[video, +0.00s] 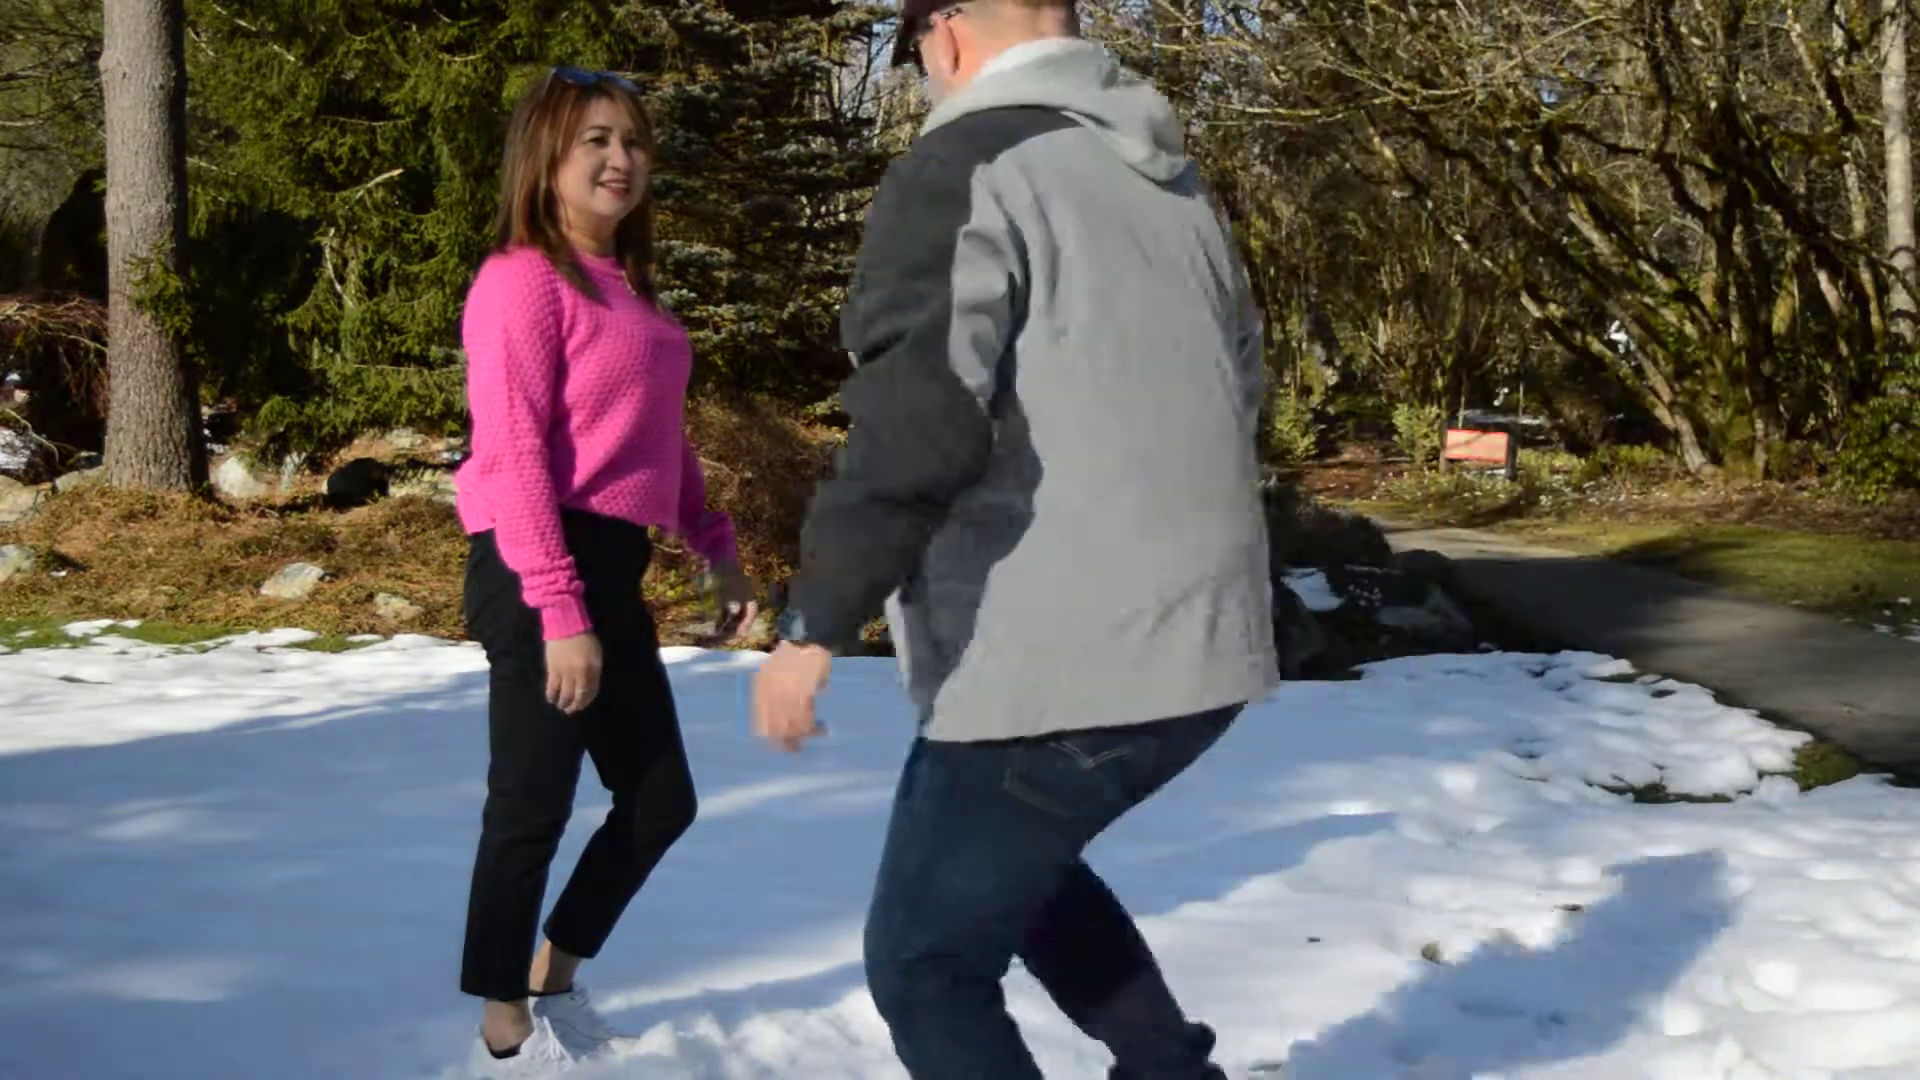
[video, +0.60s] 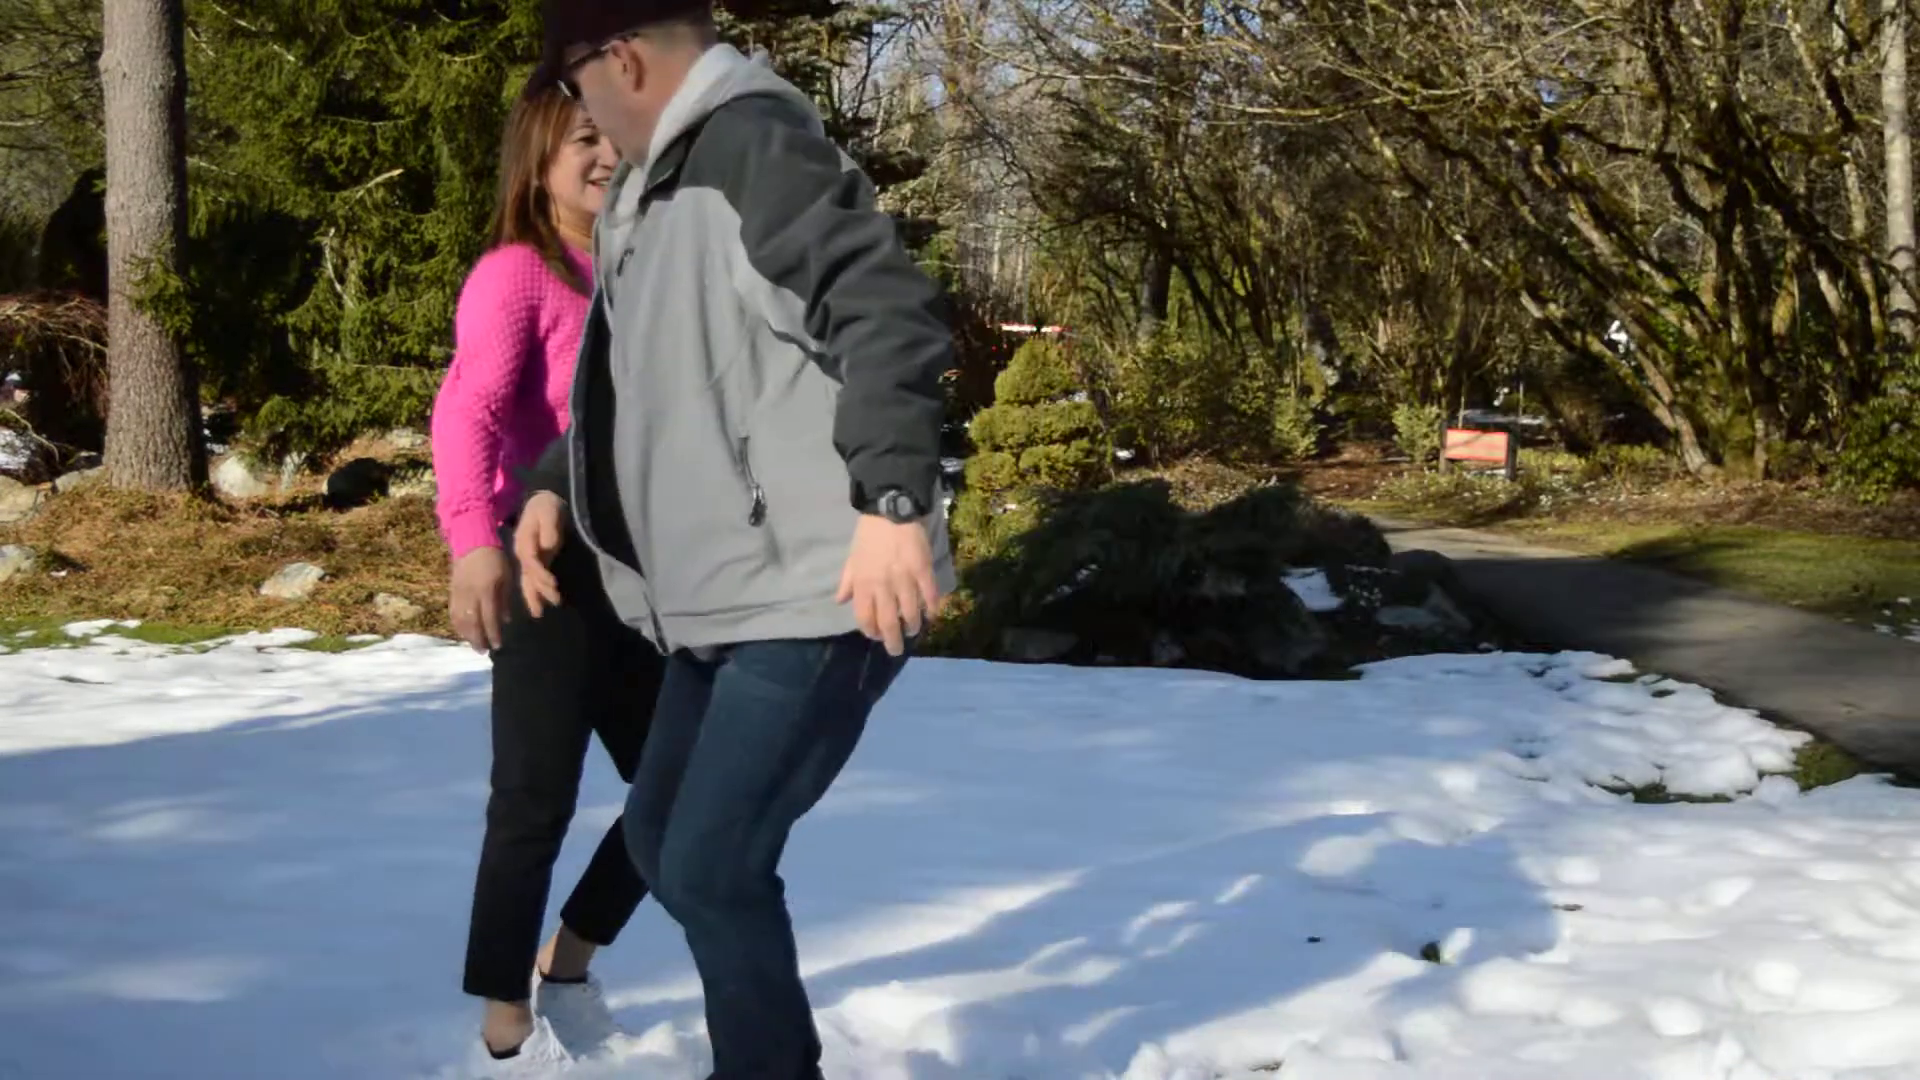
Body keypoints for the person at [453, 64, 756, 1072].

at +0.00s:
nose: (621, 159)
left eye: (633, 142)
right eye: (596, 142)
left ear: (645, 165)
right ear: (545, 163)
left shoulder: (623, 288)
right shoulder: (517, 281)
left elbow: (661, 445)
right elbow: (513, 458)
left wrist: (720, 558)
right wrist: (560, 614)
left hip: (608, 566)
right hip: (533, 561)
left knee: (660, 799)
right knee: (530, 805)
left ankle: (549, 978)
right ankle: (502, 1031)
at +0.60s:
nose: (605, 155)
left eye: (613, 139)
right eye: (583, 140)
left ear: (628, 154)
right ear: (536, 160)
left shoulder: (638, 274)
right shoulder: (514, 273)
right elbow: (466, 409)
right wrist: (473, 544)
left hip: (630, 568)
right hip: (538, 565)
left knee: (678, 784)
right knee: (533, 803)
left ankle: (564, 967)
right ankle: (503, 1033)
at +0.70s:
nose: (602, 174)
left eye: (607, 157)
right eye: (584, 159)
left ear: (615, 169)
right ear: (543, 172)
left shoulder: (642, 269)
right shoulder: (514, 270)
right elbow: (453, 369)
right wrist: (420, 456)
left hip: (631, 549)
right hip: (528, 549)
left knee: (642, 769)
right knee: (530, 788)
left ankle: (582, 962)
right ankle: (506, 1031)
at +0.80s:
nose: (575, 179)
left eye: (581, 163)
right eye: (563, 164)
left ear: (603, 157)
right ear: (540, 174)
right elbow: (428, 398)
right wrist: (408, 344)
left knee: (681, 767)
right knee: (533, 774)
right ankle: (506, 1006)